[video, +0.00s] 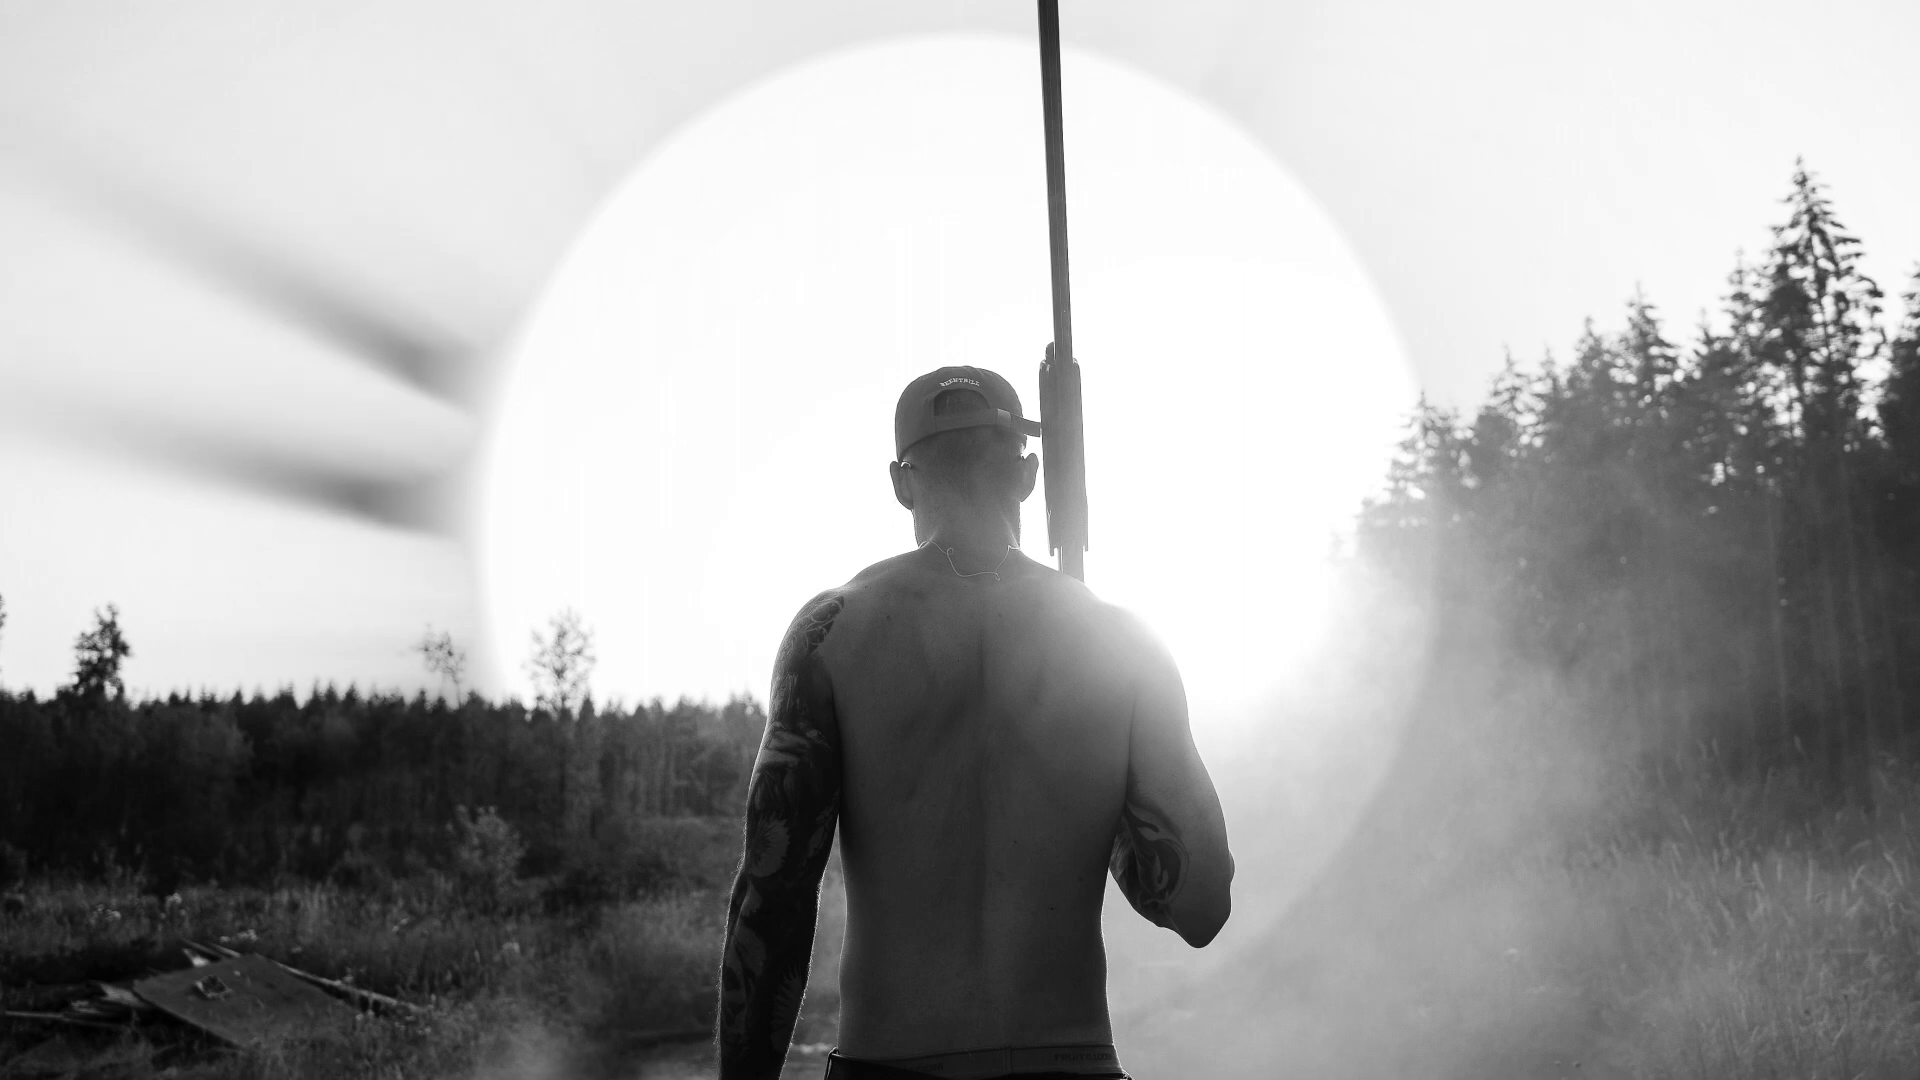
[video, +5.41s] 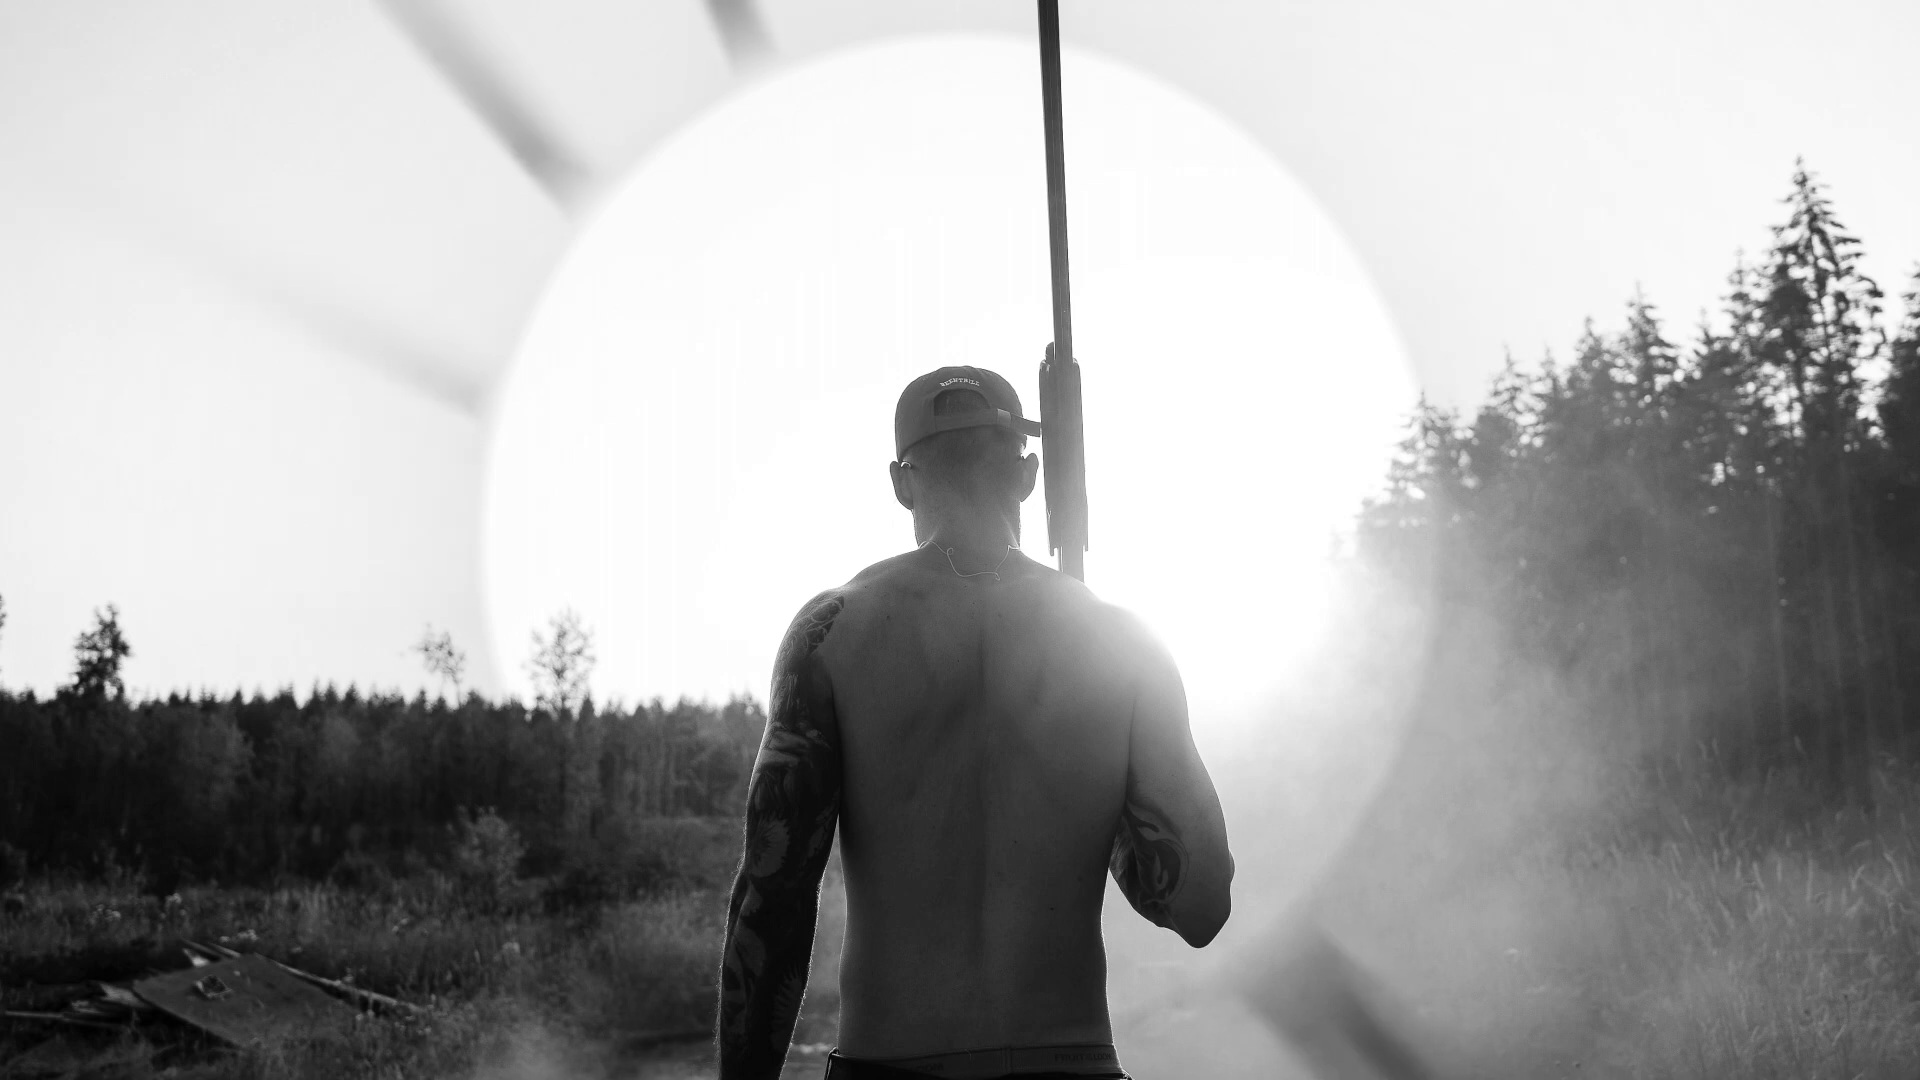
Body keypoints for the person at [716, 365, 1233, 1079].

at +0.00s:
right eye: (1015, 448)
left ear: (903, 486)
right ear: (1028, 477)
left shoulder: (831, 630)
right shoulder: (1121, 641)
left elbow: (773, 885)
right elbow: (1201, 905)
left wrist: (747, 1062)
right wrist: (1101, 800)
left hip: (886, 1046)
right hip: (1068, 1046)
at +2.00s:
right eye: (1015, 449)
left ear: (903, 486)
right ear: (1028, 477)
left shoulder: (831, 630)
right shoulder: (1121, 641)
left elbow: (773, 885)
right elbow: (1201, 905)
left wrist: (747, 1062)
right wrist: (1101, 800)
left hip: (886, 1046)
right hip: (1068, 1046)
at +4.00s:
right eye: (1017, 451)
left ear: (902, 484)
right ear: (1028, 477)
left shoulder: (831, 630)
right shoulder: (1121, 640)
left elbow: (772, 887)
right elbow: (1201, 904)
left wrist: (748, 1063)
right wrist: (1100, 801)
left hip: (885, 1046)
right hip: (1067, 1046)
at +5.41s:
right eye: (1016, 451)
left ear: (903, 484)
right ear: (1028, 477)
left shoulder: (831, 630)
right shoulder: (1121, 641)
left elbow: (773, 887)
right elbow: (1201, 905)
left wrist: (748, 1063)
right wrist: (1101, 803)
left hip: (885, 1045)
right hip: (1067, 1046)